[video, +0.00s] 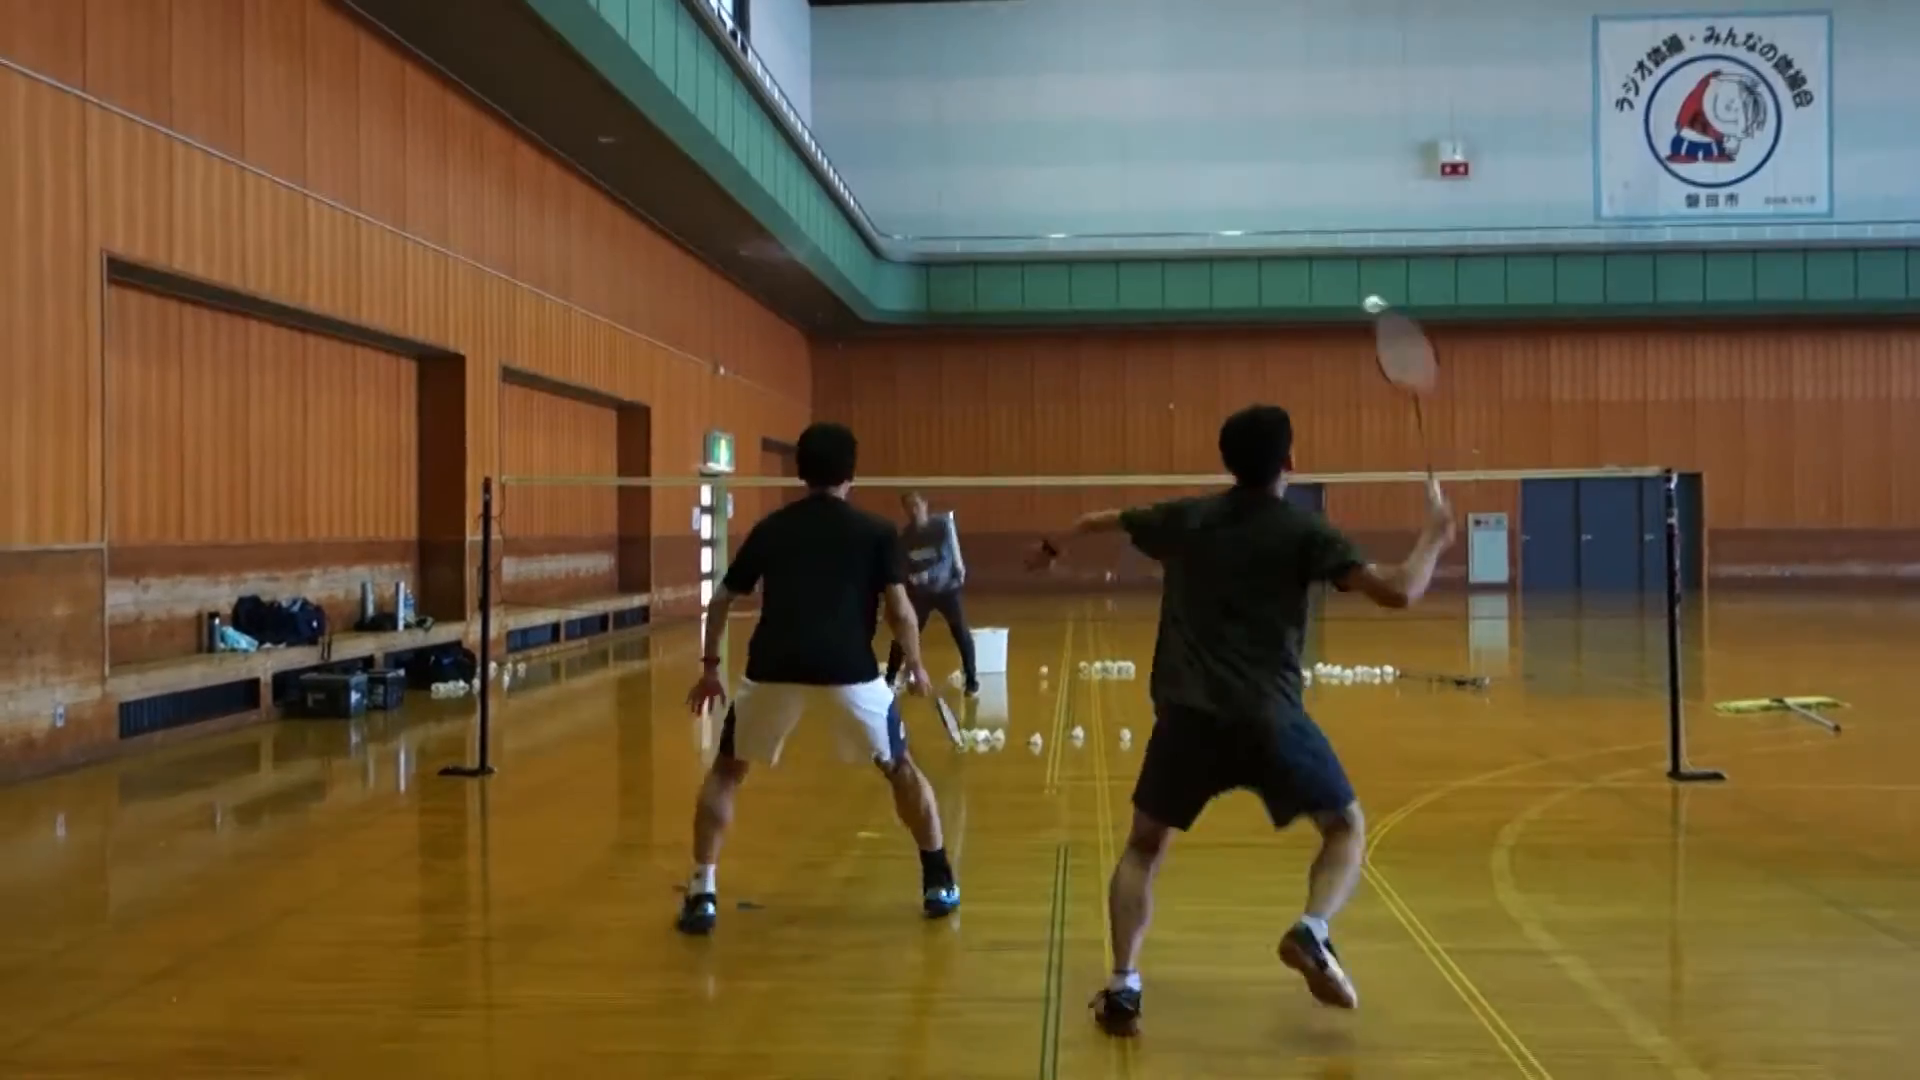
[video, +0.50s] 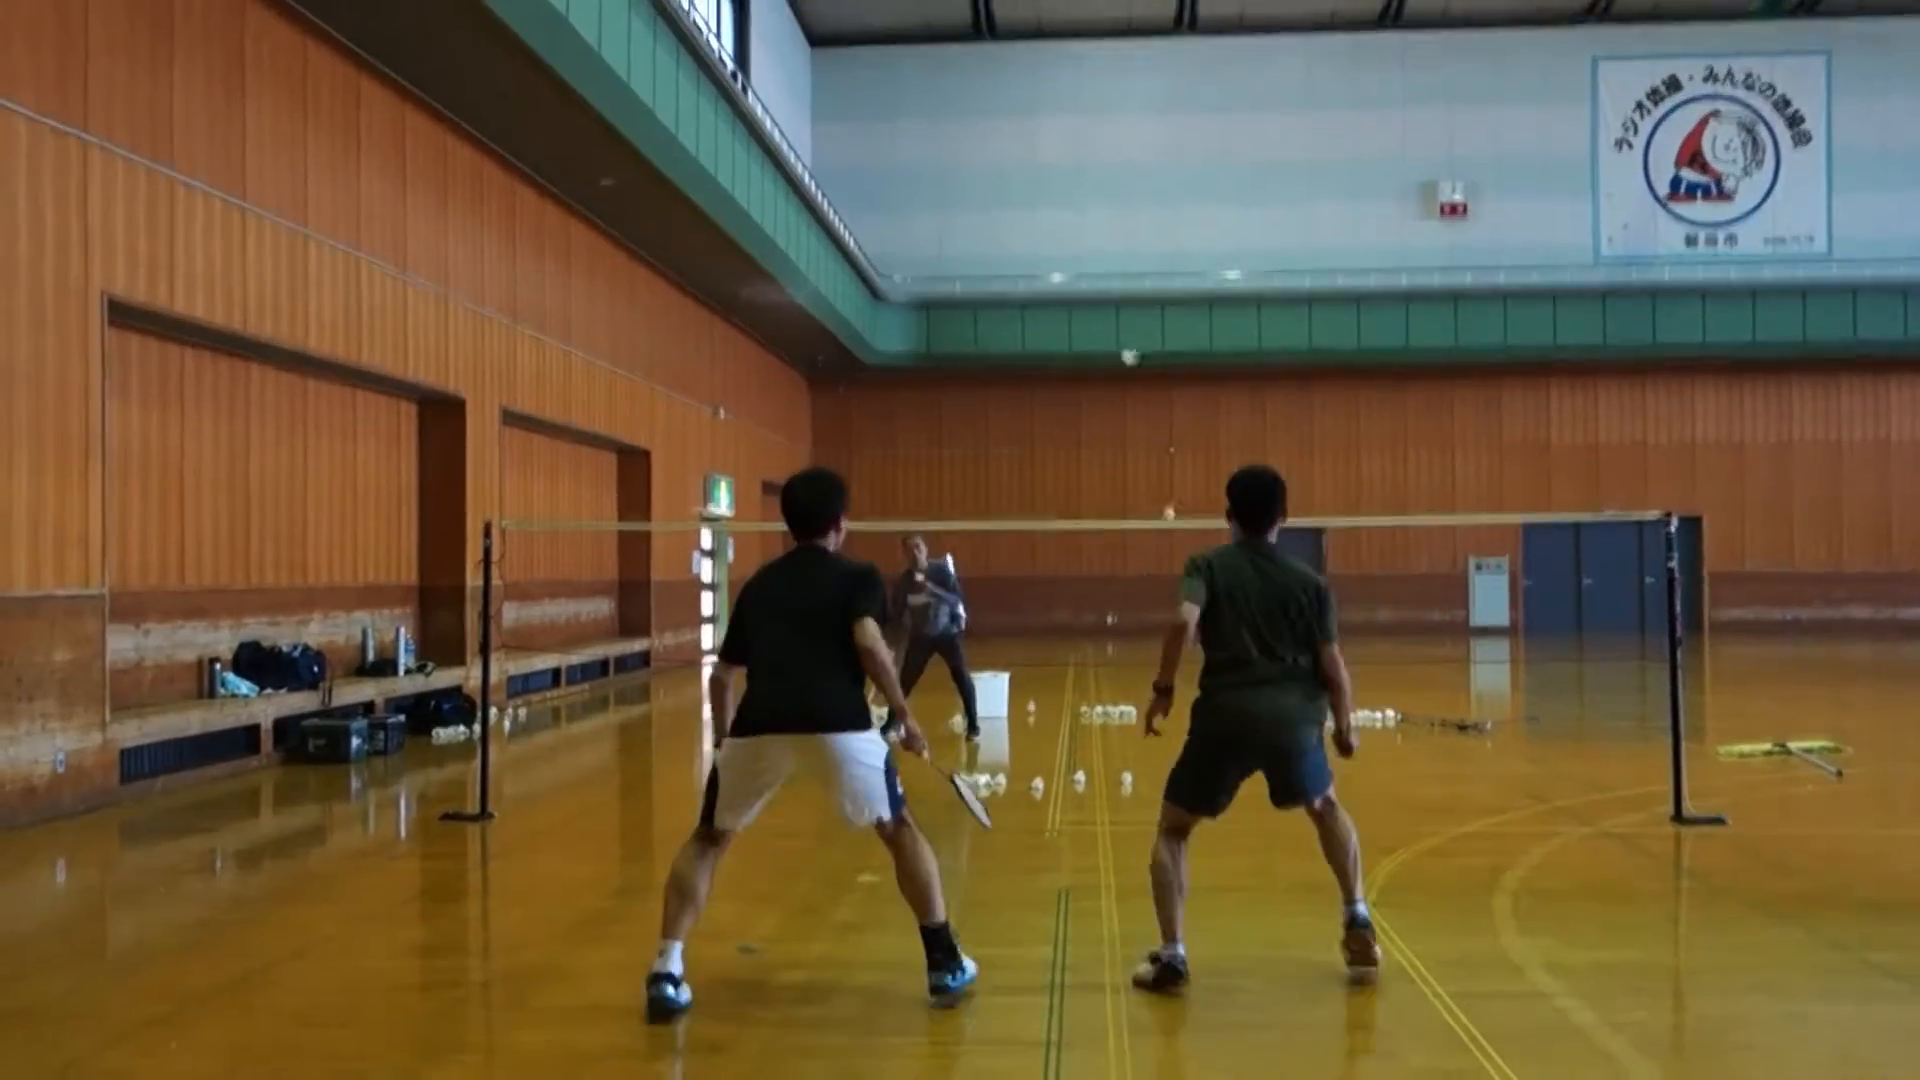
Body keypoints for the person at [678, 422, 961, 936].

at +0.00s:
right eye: (847, 468)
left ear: (799, 470)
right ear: (851, 473)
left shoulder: (772, 528)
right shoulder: (876, 533)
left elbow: (721, 601)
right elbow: (900, 610)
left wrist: (709, 665)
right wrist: (915, 664)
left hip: (775, 670)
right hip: (851, 672)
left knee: (726, 772)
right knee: (902, 771)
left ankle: (701, 894)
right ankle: (939, 879)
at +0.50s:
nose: (845, 528)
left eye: (841, 521)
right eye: (845, 521)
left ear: (788, 525)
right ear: (839, 524)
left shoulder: (759, 583)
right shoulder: (857, 576)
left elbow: (722, 676)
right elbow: (867, 642)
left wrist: (724, 744)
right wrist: (902, 712)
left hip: (762, 725)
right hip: (841, 724)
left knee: (707, 842)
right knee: (899, 831)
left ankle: (666, 971)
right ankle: (944, 960)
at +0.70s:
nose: (857, 543)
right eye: (856, 535)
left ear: (797, 539)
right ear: (854, 540)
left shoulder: (764, 609)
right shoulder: (877, 605)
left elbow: (722, 702)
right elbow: (912, 689)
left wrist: (697, 777)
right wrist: (938, 751)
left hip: (763, 777)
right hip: (851, 775)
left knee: (703, 866)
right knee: (935, 875)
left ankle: (641, 983)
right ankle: (976, 1005)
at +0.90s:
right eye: (894, 506)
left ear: (837, 513)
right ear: (896, 512)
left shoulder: (807, 584)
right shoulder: (932, 580)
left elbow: (748, 660)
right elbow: (973, 663)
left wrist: (736, 739)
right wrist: (993, 716)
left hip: (823, 753)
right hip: (909, 754)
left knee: (759, 858)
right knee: (970, 869)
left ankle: (723, 993)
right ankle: (987, 1013)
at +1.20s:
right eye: (899, 542)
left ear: (843, 549)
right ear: (901, 549)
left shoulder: (810, 619)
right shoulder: (929, 620)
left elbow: (764, 706)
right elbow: (958, 710)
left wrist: (747, 787)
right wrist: (974, 780)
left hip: (815, 795)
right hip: (901, 790)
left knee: (756, 906)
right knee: (992, 880)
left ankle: (692, 1037)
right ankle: (1064, 1009)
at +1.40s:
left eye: (890, 566)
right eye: (935, 563)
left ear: (888, 575)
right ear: (946, 573)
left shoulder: (859, 646)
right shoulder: (981, 640)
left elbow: (812, 731)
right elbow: (1031, 719)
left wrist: (792, 801)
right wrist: (1033, 758)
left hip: (871, 819)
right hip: (962, 814)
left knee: (797, 910)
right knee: (1044, 892)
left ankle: (709, 1022)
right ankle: (1096, 1027)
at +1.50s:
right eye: (958, 539)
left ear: (905, 547)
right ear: (964, 547)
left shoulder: (878, 617)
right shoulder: (999, 613)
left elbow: (826, 691)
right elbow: (1056, 679)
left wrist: (825, 766)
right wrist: (1051, 728)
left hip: (890, 788)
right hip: (976, 789)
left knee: (817, 890)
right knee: (1043, 893)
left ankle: (754, 1009)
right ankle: (1096, 1027)